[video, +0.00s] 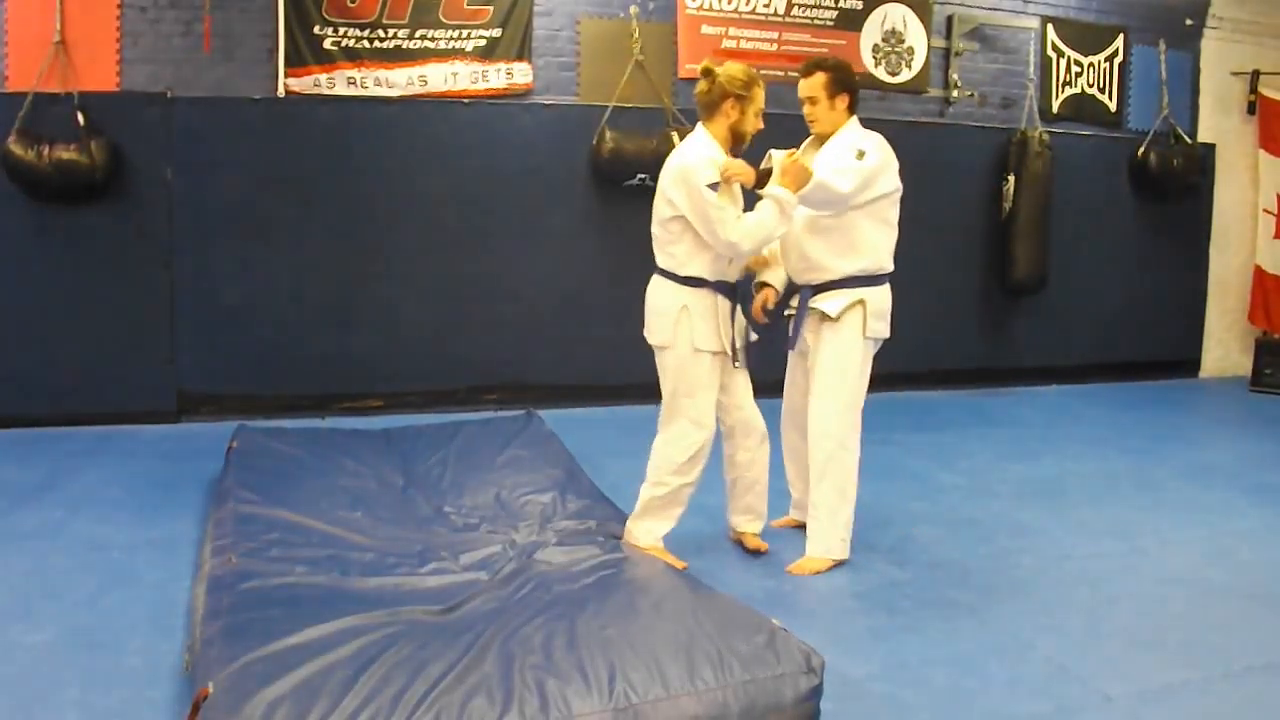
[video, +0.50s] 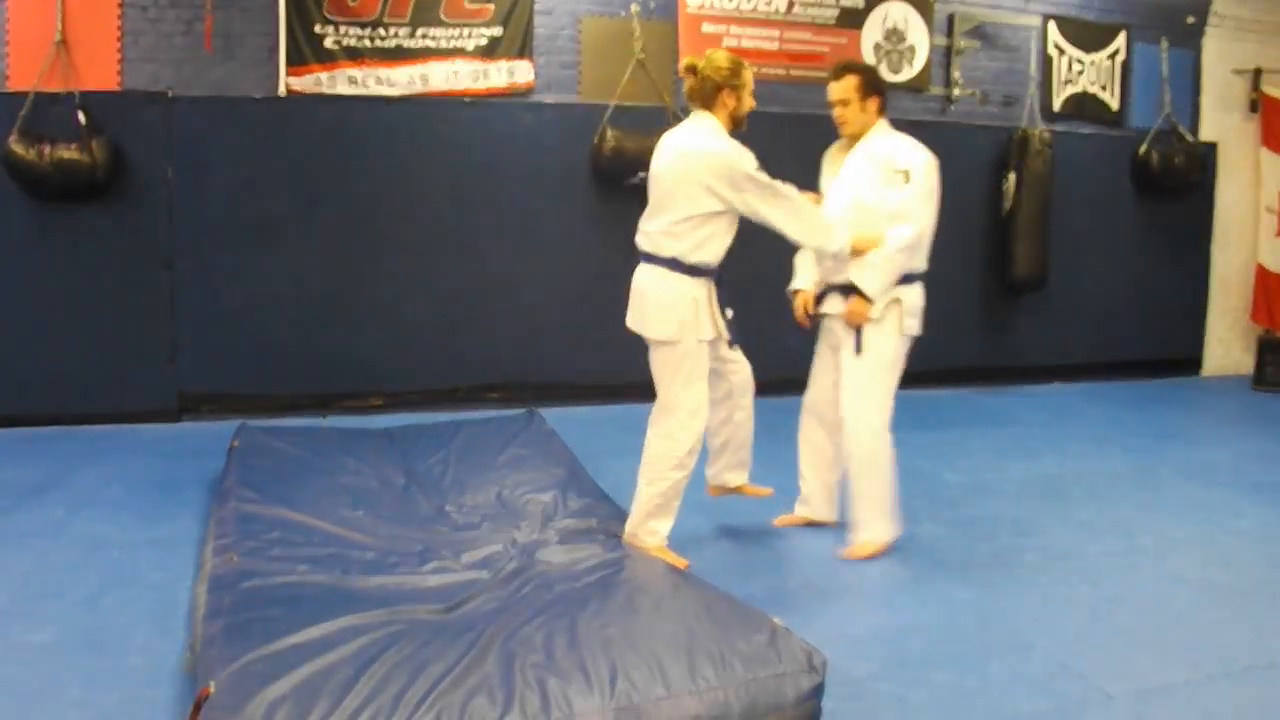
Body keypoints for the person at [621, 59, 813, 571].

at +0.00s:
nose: (761, 122)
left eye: (762, 114)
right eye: (758, 112)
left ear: (727, 108)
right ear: (732, 108)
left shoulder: (724, 160)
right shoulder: (693, 162)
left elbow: (751, 231)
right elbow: (734, 241)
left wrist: (767, 276)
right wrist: (783, 192)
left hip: (716, 303)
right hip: (683, 303)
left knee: (745, 421)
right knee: (690, 426)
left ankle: (746, 524)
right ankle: (643, 535)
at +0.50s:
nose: (753, 99)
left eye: (751, 91)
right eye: (749, 91)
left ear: (711, 95)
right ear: (727, 96)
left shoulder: (678, 138)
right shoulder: (719, 153)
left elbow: (744, 190)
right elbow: (776, 208)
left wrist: (796, 200)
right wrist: (845, 240)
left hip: (670, 283)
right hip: (678, 293)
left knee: (732, 377)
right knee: (682, 413)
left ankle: (726, 476)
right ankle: (645, 533)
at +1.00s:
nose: (784, 112)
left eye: (781, 103)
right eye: (780, 104)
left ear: (740, 108)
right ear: (762, 107)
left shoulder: (713, 155)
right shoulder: (759, 161)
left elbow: (700, 237)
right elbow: (752, 249)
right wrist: (740, 323)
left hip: (696, 286)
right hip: (730, 294)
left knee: (717, 407)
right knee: (761, 410)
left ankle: (710, 505)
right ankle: (682, 507)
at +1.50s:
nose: (811, 98)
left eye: (809, 89)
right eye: (807, 90)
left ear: (759, 94)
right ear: (792, 95)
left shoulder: (733, 148)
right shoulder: (797, 153)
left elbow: (734, 223)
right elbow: (817, 240)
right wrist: (842, 312)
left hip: (723, 280)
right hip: (765, 290)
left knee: (737, 403)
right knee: (779, 417)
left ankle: (721, 496)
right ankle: (758, 543)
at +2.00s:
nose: (797, 99)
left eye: (794, 90)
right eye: (793, 91)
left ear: (747, 96)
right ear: (777, 95)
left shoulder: (730, 150)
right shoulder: (780, 156)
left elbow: (733, 232)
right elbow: (792, 247)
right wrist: (807, 320)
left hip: (734, 278)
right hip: (767, 287)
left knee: (734, 403)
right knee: (783, 415)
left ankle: (719, 507)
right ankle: (756, 542)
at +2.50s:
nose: (800, 101)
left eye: (797, 93)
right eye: (796, 93)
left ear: (753, 95)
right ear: (781, 95)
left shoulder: (733, 145)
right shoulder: (785, 152)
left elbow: (761, 201)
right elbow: (838, 214)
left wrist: (810, 176)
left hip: (724, 282)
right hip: (763, 291)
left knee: (730, 405)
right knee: (781, 417)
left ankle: (720, 506)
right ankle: (756, 541)